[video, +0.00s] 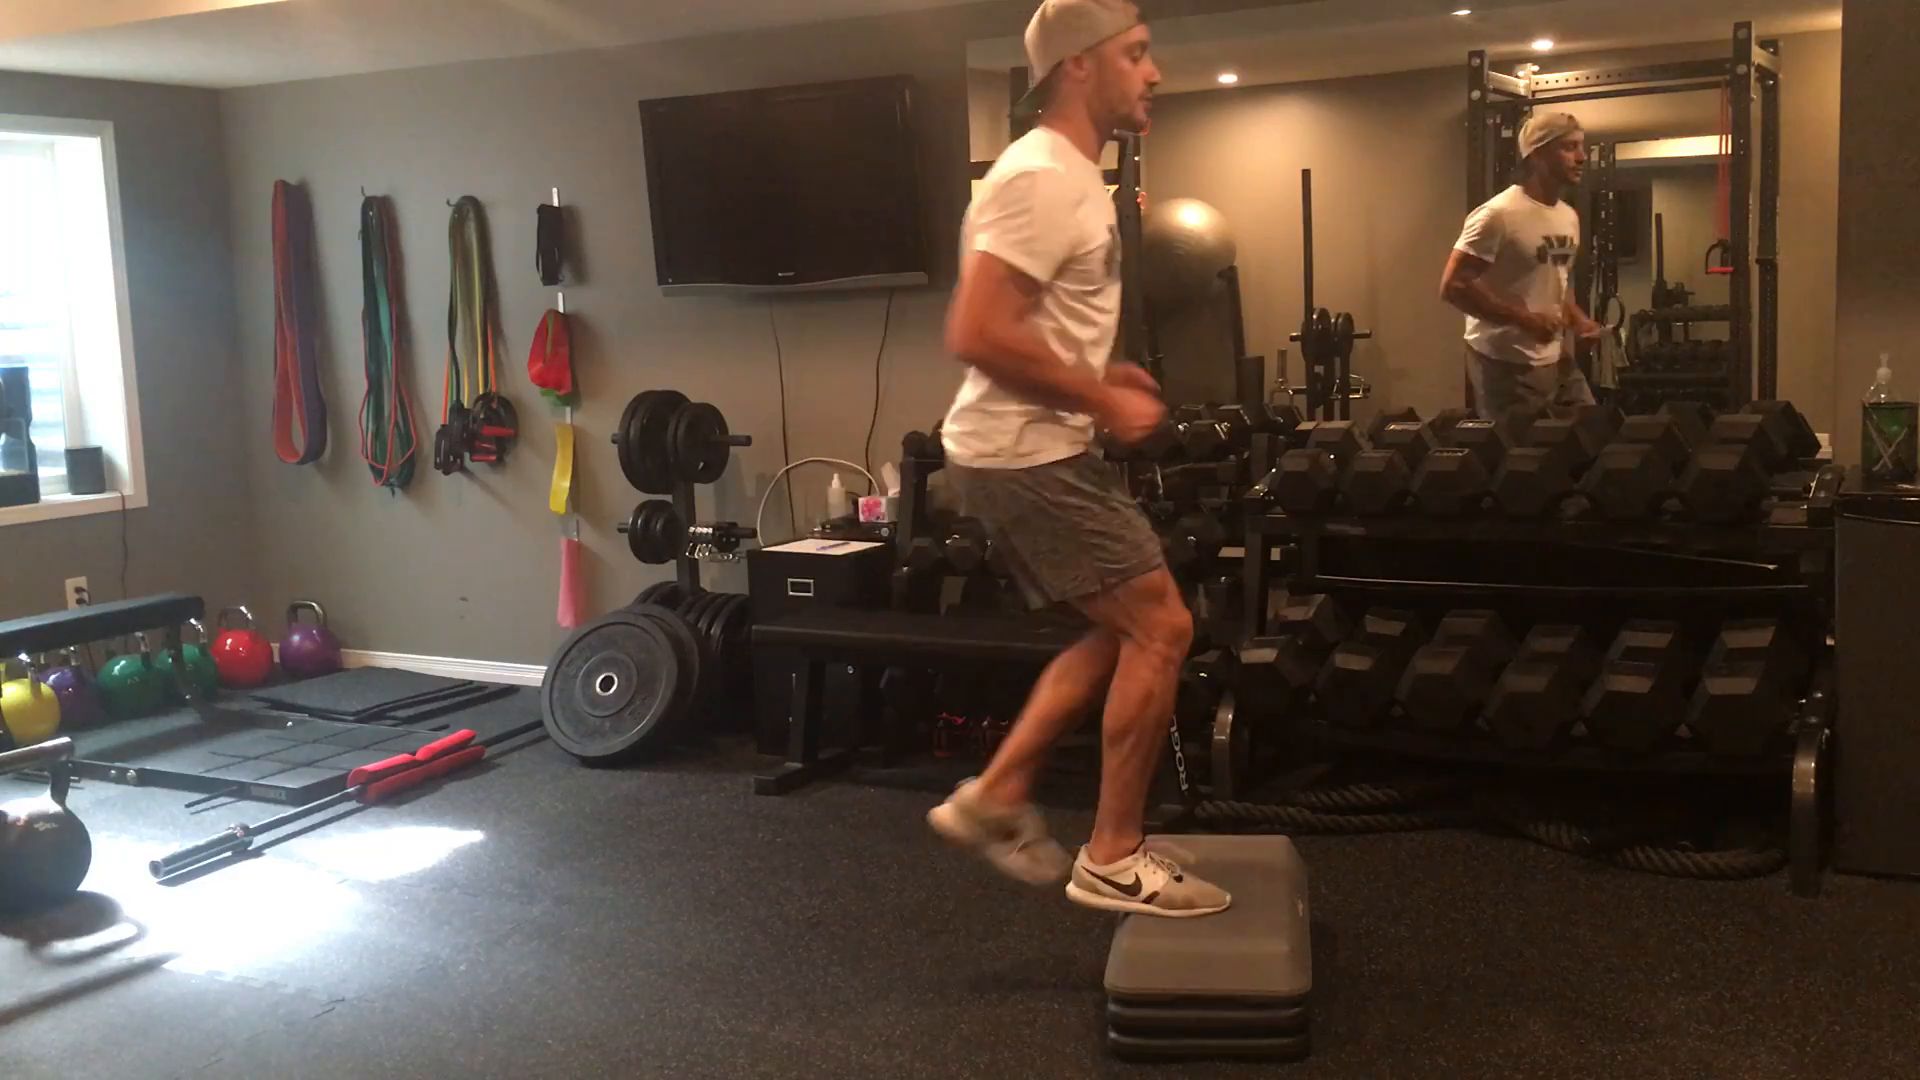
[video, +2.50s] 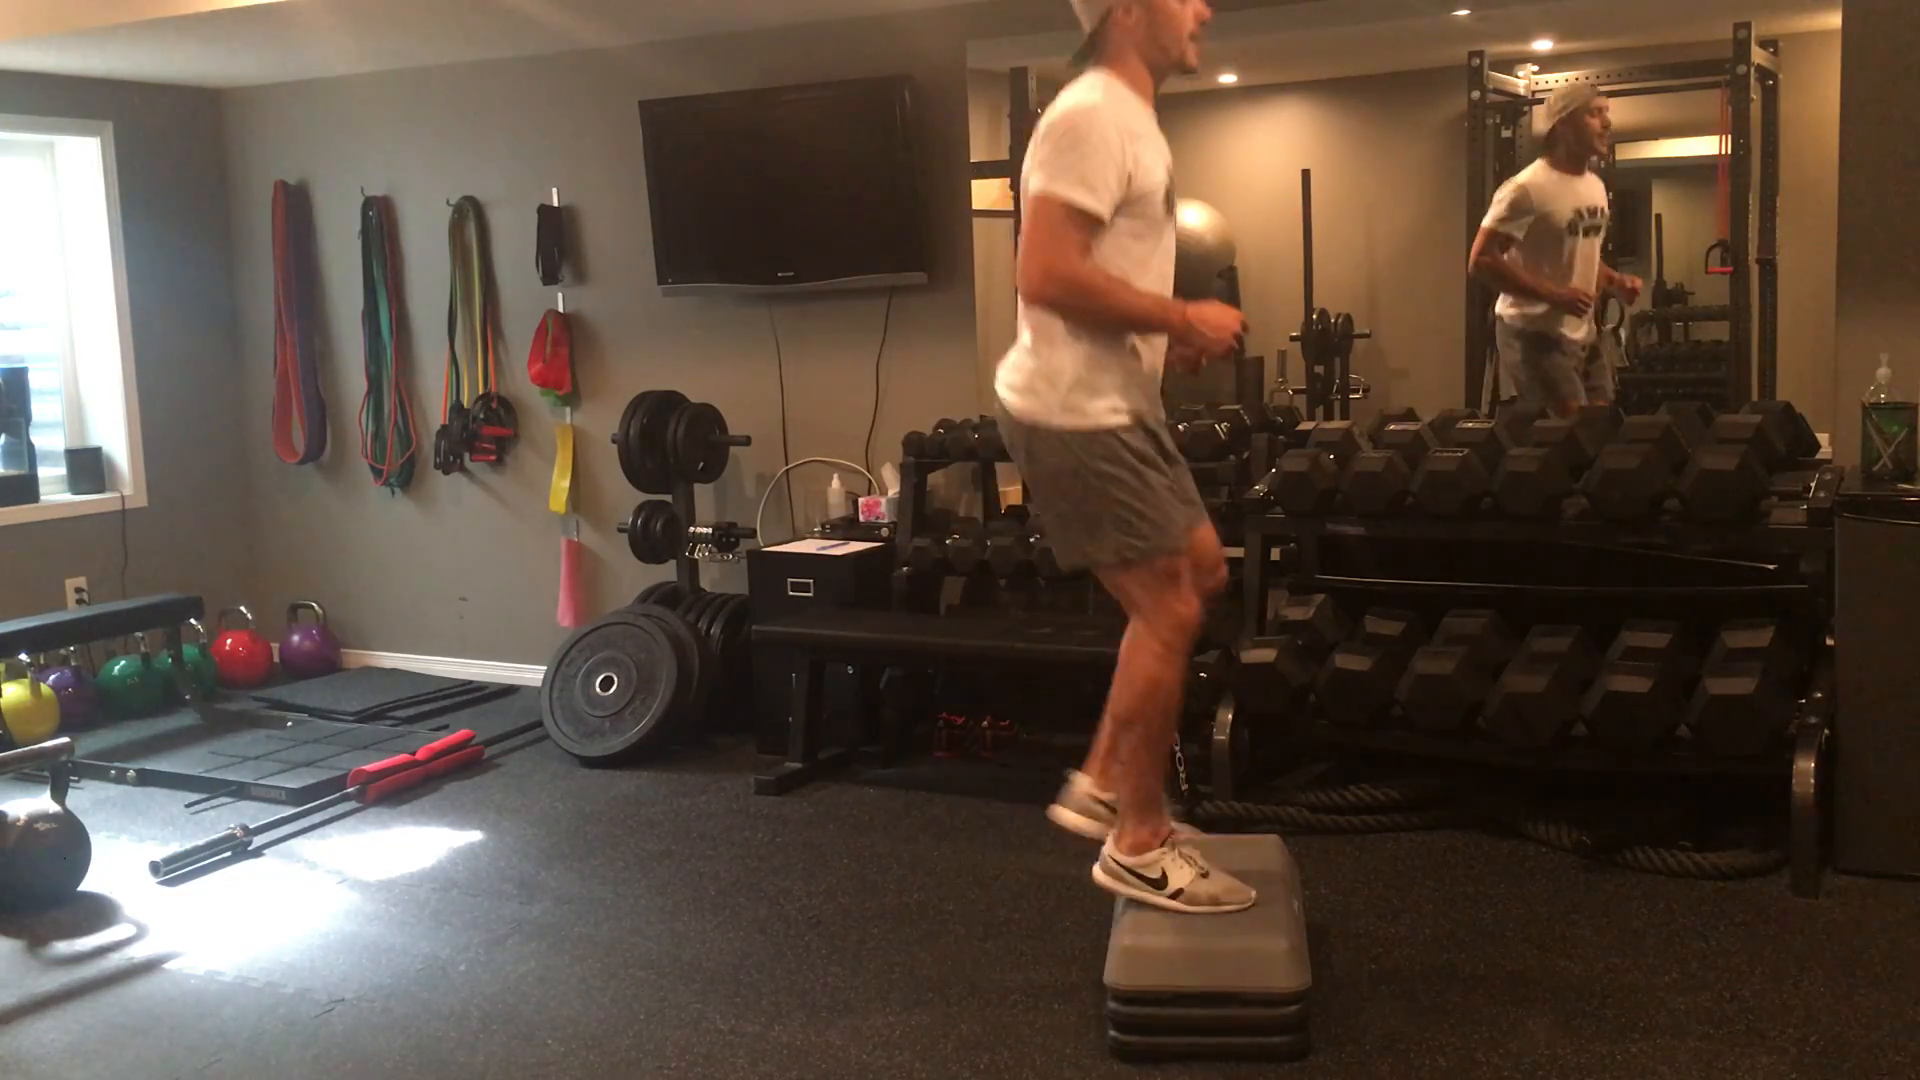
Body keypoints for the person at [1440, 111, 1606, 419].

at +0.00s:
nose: (1582, 157)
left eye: (1582, 147)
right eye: (1570, 147)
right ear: (1537, 153)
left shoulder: (1568, 217)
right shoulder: (1496, 216)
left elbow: (1555, 286)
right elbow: (1453, 287)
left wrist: (1578, 319)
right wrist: (1522, 317)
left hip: (1557, 364)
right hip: (1504, 367)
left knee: (1589, 441)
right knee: (1514, 461)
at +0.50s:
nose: (1584, 168)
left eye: (1586, 157)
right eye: (1574, 156)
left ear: (1588, 160)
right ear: (1544, 159)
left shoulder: (1571, 214)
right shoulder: (1501, 212)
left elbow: (1546, 284)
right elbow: (1449, 277)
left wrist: (1566, 319)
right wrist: (1523, 305)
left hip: (1534, 359)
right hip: (1492, 358)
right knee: (1557, 438)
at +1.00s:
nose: (1591, 185)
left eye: (1591, 174)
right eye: (1581, 175)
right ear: (1550, 182)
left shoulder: (1569, 234)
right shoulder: (1507, 236)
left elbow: (1550, 300)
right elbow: (1473, 308)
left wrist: (1567, 337)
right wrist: (1554, 317)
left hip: (1546, 372)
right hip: (1497, 382)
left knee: (1602, 412)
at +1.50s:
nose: (1598, 149)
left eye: (1597, 139)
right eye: (1585, 139)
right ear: (1553, 146)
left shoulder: (1576, 201)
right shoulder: (1518, 207)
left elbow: (1556, 278)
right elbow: (1477, 283)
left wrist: (1586, 300)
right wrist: (1557, 303)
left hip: (1562, 348)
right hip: (1513, 353)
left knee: (1605, 424)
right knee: (1525, 456)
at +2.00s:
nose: (1576, 196)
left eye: (1575, 186)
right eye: (1564, 186)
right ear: (1532, 194)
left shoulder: (1557, 249)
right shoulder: (1492, 254)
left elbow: (1542, 325)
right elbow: (1448, 325)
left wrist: (1568, 370)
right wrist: (1514, 367)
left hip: (1545, 404)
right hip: (1496, 407)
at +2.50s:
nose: (1607, 123)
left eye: (1607, 114)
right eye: (1595, 113)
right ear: (1562, 124)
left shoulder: (1595, 186)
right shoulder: (1524, 188)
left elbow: (1580, 257)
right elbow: (1482, 261)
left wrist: (1615, 281)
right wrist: (1554, 294)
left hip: (1582, 332)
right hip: (1533, 334)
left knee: (1598, 421)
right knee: (1571, 425)